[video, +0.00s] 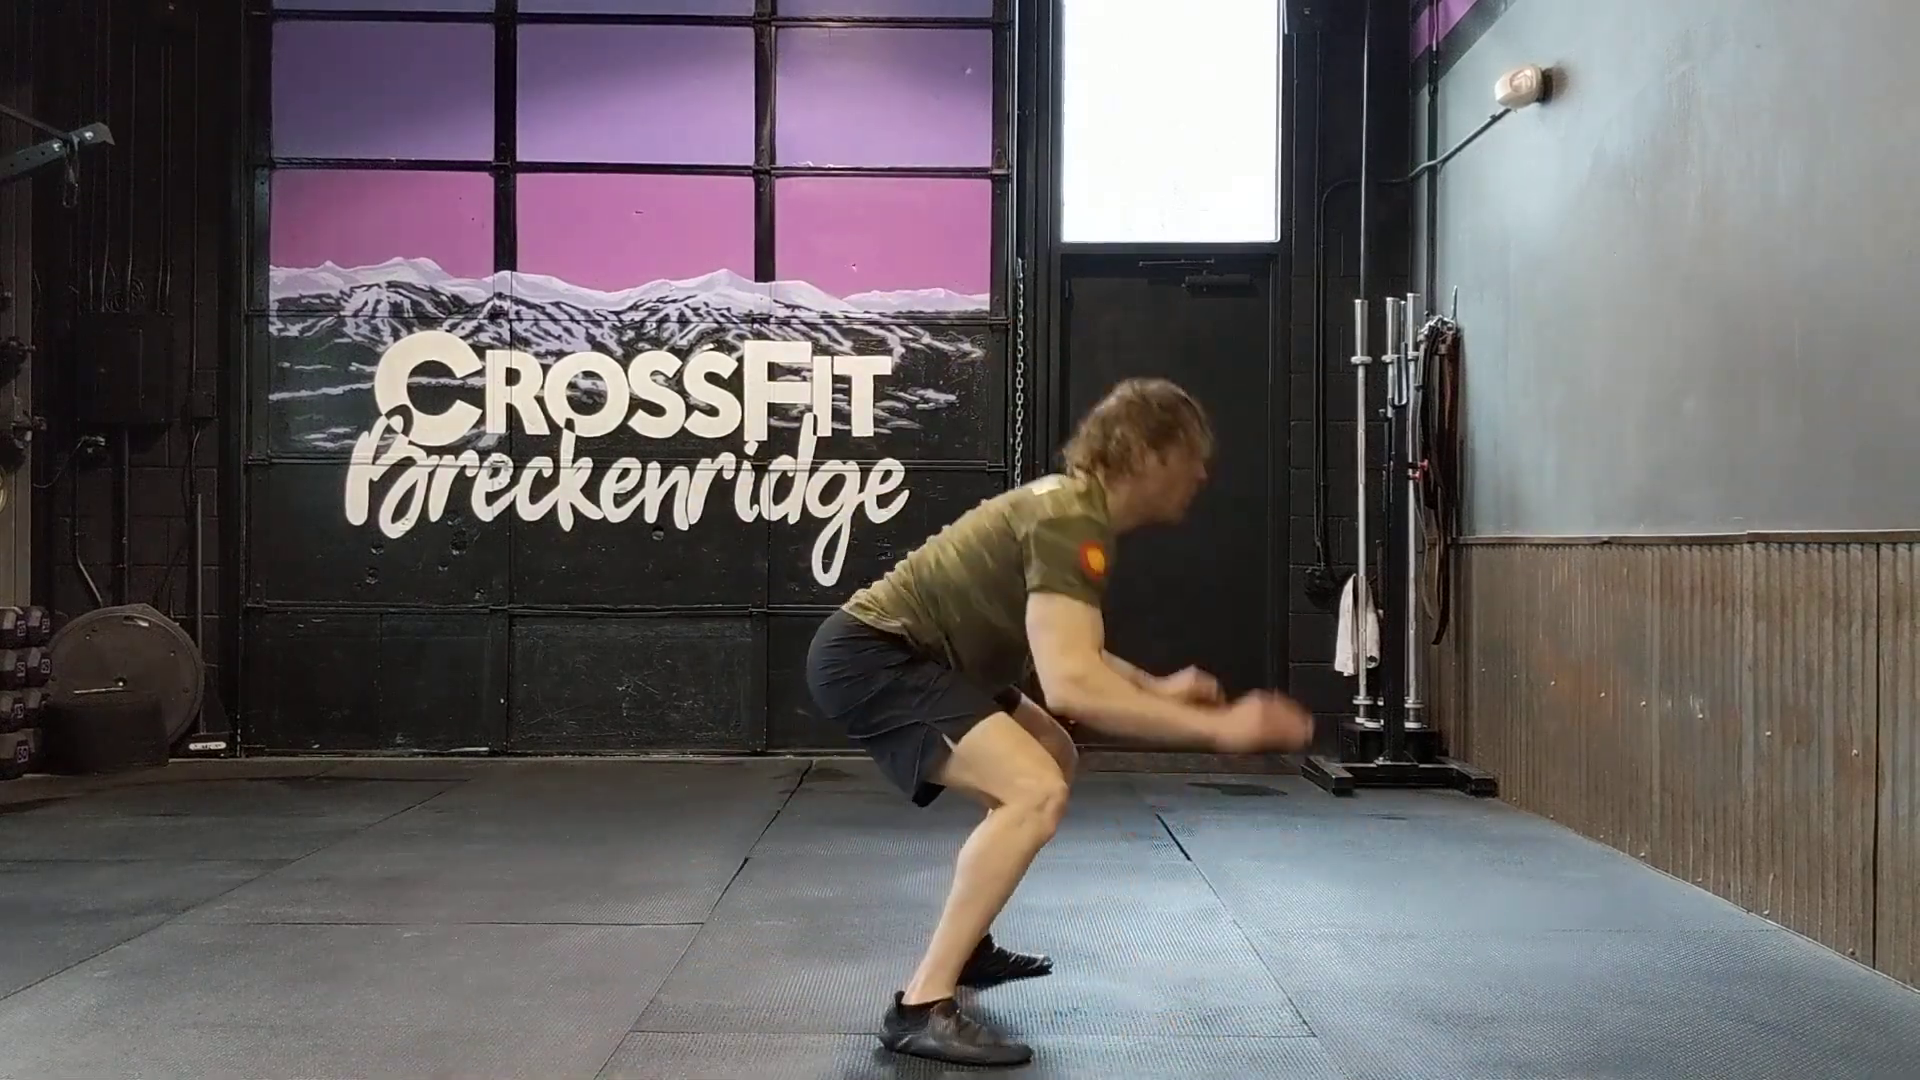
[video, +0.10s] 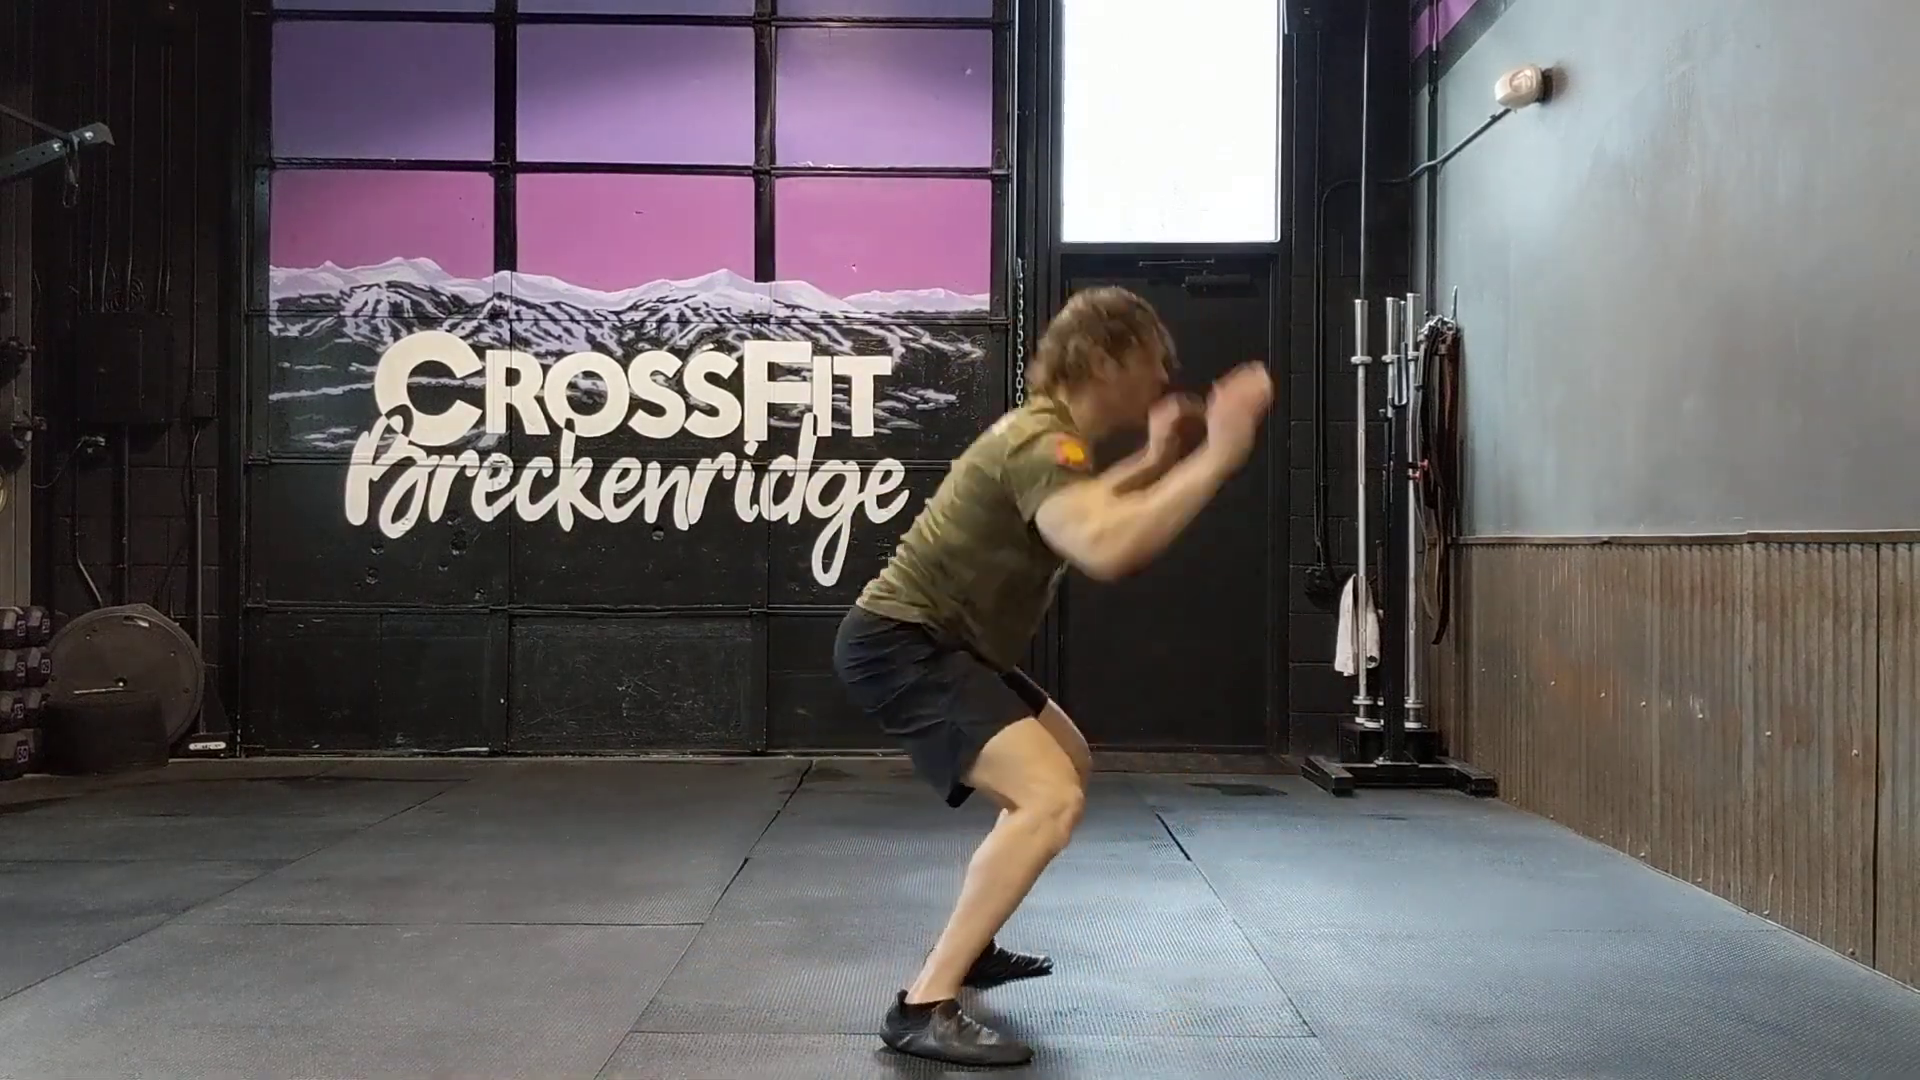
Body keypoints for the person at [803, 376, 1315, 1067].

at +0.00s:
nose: (1204, 475)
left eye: (1204, 459)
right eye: (1195, 457)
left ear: (1139, 458)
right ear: (1144, 457)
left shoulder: (1080, 515)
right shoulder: (1067, 516)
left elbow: (1074, 653)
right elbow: (1072, 683)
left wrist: (1156, 690)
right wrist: (1219, 725)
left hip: (915, 649)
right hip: (872, 654)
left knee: (1050, 752)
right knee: (1034, 791)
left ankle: (964, 947)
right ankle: (922, 1005)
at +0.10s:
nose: (1161, 381)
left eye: (1162, 367)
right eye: (1151, 367)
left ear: (1088, 367)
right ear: (1102, 366)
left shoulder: (1060, 434)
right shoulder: (1035, 442)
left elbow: (1086, 512)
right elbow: (1106, 546)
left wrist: (1150, 457)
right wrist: (1219, 454)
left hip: (942, 639)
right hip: (899, 641)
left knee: (1068, 757)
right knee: (1049, 796)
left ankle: (965, 947)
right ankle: (925, 1005)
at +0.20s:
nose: (1114, 267)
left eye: (1117, 253)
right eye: (1107, 250)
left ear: (1056, 243)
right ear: (1067, 245)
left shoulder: (1028, 315)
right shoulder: (1015, 321)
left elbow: (1131, 320)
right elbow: (1134, 325)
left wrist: (1154, 192)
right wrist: (1161, 185)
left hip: (975, 576)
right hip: (937, 575)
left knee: (1043, 743)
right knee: (1023, 767)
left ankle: (969, 937)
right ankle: (924, 998)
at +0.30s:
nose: (1095, 143)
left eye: (1096, 127)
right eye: (1088, 124)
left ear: (1036, 127)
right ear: (1053, 127)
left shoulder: (1028, 204)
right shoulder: (1010, 199)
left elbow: (1118, 117)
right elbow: (1128, 115)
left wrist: (1092, 25)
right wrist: (1120, 13)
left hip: (998, 476)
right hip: (965, 474)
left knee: (986, 689)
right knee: (972, 691)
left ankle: (967, 885)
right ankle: (932, 931)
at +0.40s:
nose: (1097, 87)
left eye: (1098, 66)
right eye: (1087, 63)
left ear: (1045, 66)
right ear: (1033, 57)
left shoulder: (1025, 147)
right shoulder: (996, 134)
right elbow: (1093, 4)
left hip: (1004, 413)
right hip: (973, 413)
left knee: (981, 640)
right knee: (969, 642)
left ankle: (946, 845)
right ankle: (919, 882)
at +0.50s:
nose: (1088, 74)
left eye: (1089, 57)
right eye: (1079, 54)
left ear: (1042, 60)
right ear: (1029, 54)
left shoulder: (1029, 138)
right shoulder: (990, 123)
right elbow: (1060, 4)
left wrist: (1027, 45)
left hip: (1008, 411)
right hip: (978, 411)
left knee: (980, 644)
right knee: (969, 646)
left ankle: (947, 850)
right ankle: (927, 886)